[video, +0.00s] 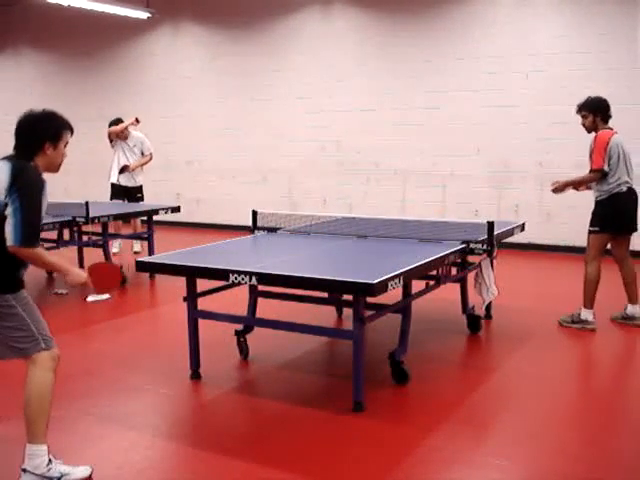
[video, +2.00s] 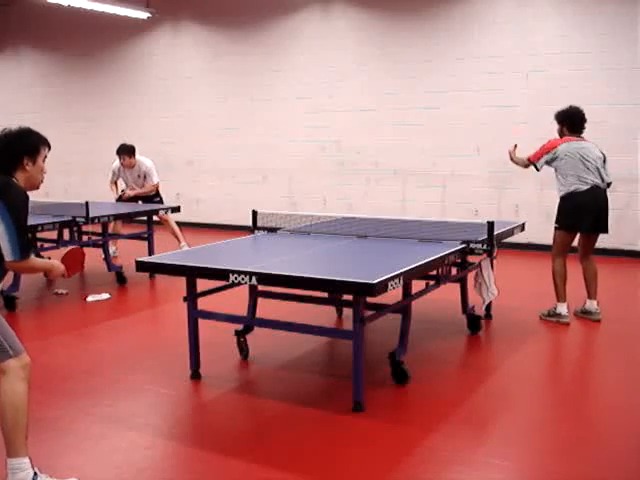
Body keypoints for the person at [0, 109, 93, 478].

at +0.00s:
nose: (66, 153)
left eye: (66, 146)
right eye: (63, 146)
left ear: (32, 144)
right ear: (45, 146)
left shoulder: (7, 169)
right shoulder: (28, 179)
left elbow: (16, 242)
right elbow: (20, 245)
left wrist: (57, 266)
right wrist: (67, 269)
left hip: (9, 287)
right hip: (6, 288)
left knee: (43, 354)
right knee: (44, 355)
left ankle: (37, 458)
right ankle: (37, 460)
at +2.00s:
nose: (45, 170)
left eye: (45, 162)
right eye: (42, 161)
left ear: (21, 162)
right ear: (25, 162)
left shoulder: (8, 191)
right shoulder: (12, 194)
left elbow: (12, 256)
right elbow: (13, 259)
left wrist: (46, 263)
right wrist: (49, 266)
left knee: (15, 362)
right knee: (16, 363)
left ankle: (19, 467)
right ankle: (19, 469)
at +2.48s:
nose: (32, 154)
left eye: (32, 146)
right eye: (29, 146)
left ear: (9, 148)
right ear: (10, 147)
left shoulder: (4, 184)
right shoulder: (0, 186)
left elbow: (5, 245)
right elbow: (3, 249)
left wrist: (38, 258)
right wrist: (40, 259)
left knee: (6, 366)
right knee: (5, 367)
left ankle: (17, 465)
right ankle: (16, 468)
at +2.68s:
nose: (27, 158)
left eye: (27, 151)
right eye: (24, 150)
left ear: (6, 152)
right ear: (6, 152)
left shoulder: (2, 191)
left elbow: (6, 246)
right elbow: (5, 249)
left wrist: (42, 258)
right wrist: (46, 259)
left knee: (17, 364)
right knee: (23, 363)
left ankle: (17, 464)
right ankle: (18, 467)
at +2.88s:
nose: (23, 154)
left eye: (23, 147)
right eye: (20, 147)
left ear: (3, 148)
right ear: (2, 147)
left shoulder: (3, 183)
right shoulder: (1, 185)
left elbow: (24, 239)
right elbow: (28, 242)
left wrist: (52, 253)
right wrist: (59, 258)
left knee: (18, 364)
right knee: (20, 366)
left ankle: (18, 466)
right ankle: (18, 469)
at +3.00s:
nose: (10, 159)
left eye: (11, 151)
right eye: (8, 151)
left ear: (3, 150)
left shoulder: (0, 192)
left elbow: (17, 241)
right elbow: (18, 246)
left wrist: (49, 259)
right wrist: (55, 266)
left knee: (30, 359)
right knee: (33, 360)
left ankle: (22, 463)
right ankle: (22, 465)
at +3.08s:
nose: (10, 161)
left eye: (12, 153)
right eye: (8, 152)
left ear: (5, 153)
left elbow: (16, 242)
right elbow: (19, 248)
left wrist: (51, 263)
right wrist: (57, 270)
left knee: (34, 356)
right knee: (37, 357)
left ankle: (30, 459)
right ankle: (31, 460)